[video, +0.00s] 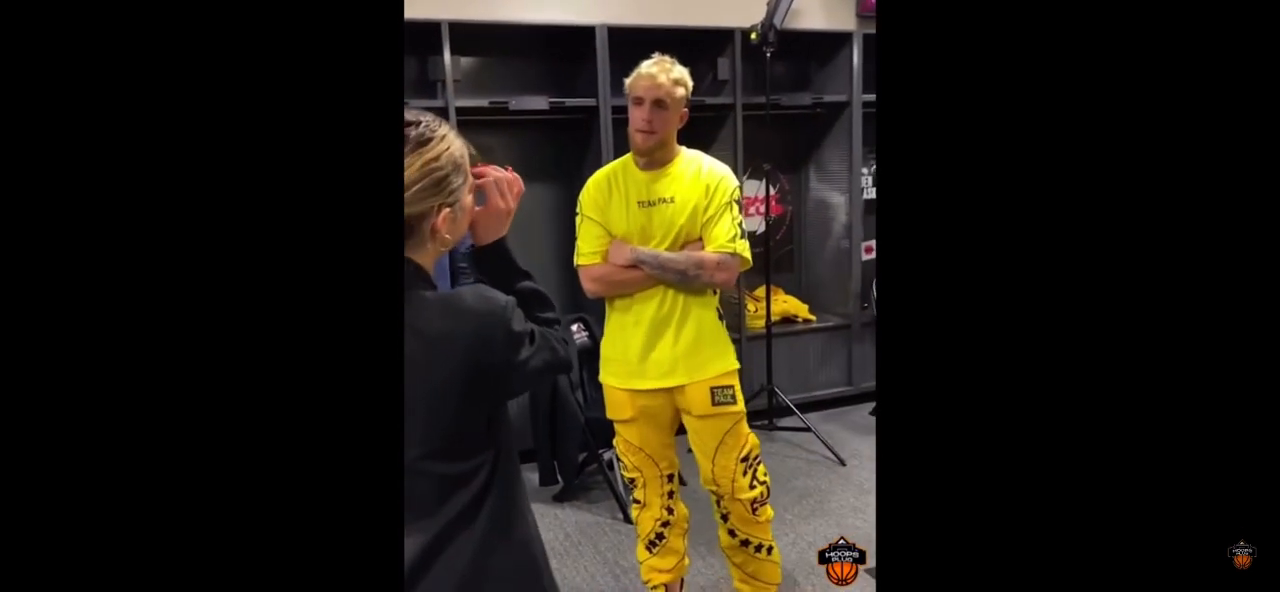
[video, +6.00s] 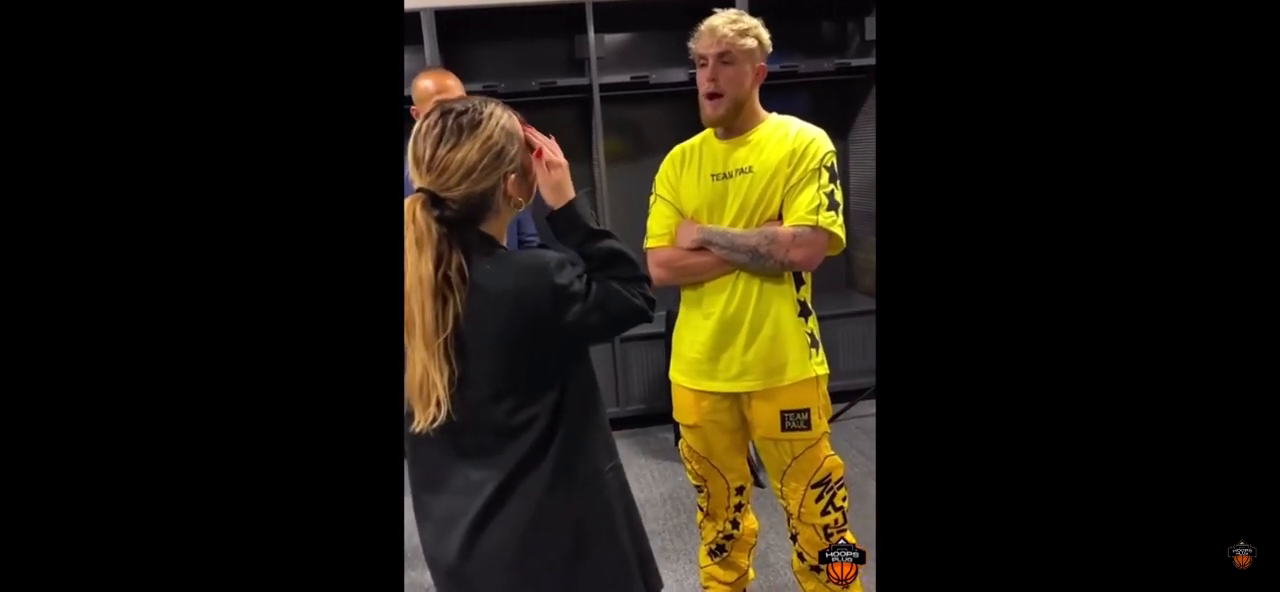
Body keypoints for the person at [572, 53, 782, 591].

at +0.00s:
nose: (645, 117)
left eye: (659, 106)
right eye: (637, 104)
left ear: (682, 116)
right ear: (626, 110)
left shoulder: (712, 177)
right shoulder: (600, 187)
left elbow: (726, 269)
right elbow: (593, 281)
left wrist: (634, 254)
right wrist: (681, 265)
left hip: (703, 360)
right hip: (628, 368)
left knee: (738, 491)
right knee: (651, 501)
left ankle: (759, 583)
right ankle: (662, 583)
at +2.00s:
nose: (701, 118)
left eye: (720, 106)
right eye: (696, 102)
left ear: (755, 117)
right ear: (687, 105)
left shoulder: (789, 191)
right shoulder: (657, 188)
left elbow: (785, 305)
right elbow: (637, 297)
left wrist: (683, 273)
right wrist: (741, 287)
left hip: (757, 401)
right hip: (668, 399)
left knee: (780, 556)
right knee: (665, 558)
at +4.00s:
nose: (729, 92)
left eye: (746, 78)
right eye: (721, 77)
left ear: (776, 88)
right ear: (711, 83)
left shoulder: (815, 159)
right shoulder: (685, 171)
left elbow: (820, 265)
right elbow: (669, 275)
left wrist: (710, 243)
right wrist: (773, 257)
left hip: (794, 374)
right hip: (707, 377)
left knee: (829, 524)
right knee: (729, 529)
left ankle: (843, 585)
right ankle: (733, 586)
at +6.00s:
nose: (707, 76)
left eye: (724, 62)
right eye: (700, 63)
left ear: (758, 71)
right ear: (694, 72)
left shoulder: (804, 144)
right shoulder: (678, 162)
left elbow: (807, 248)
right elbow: (660, 267)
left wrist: (700, 234)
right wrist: (759, 245)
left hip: (784, 365)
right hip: (698, 369)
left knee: (817, 517)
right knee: (717, 520)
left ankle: (833, 583)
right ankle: (723, 584)